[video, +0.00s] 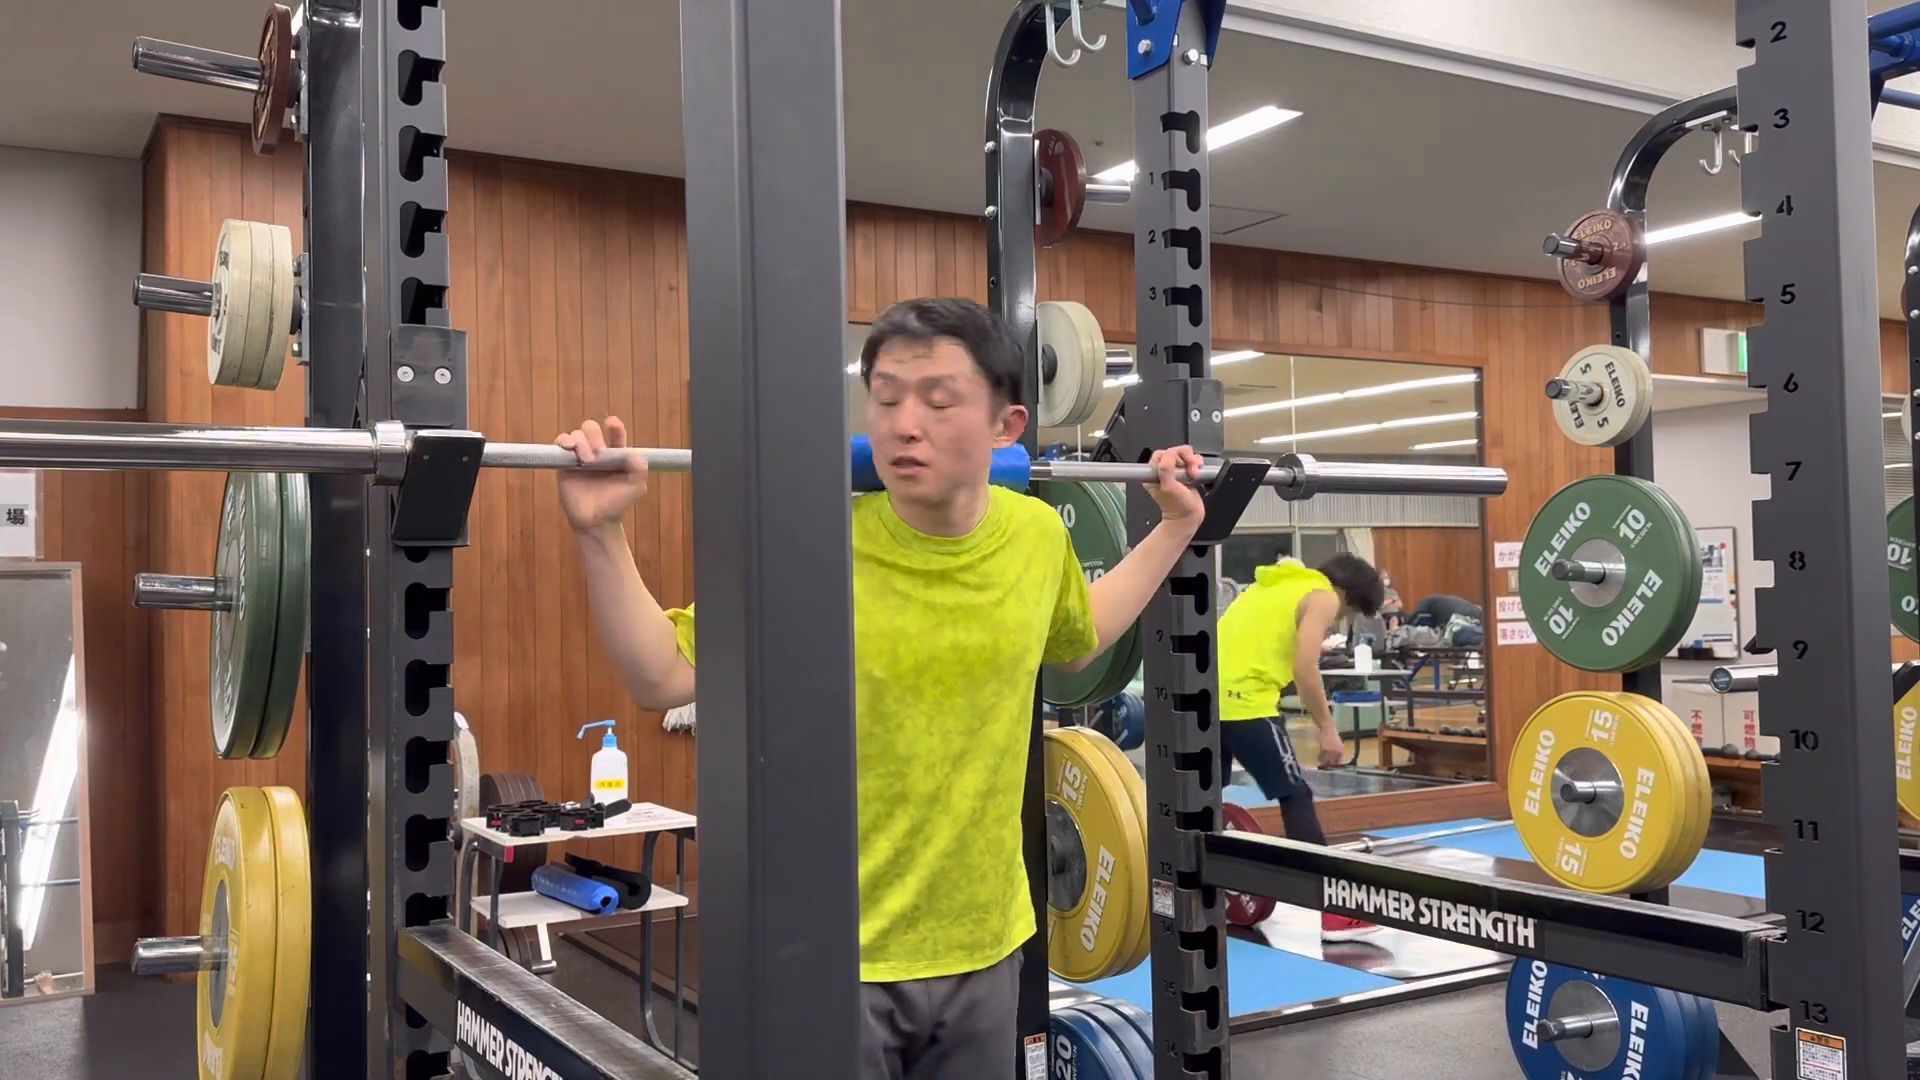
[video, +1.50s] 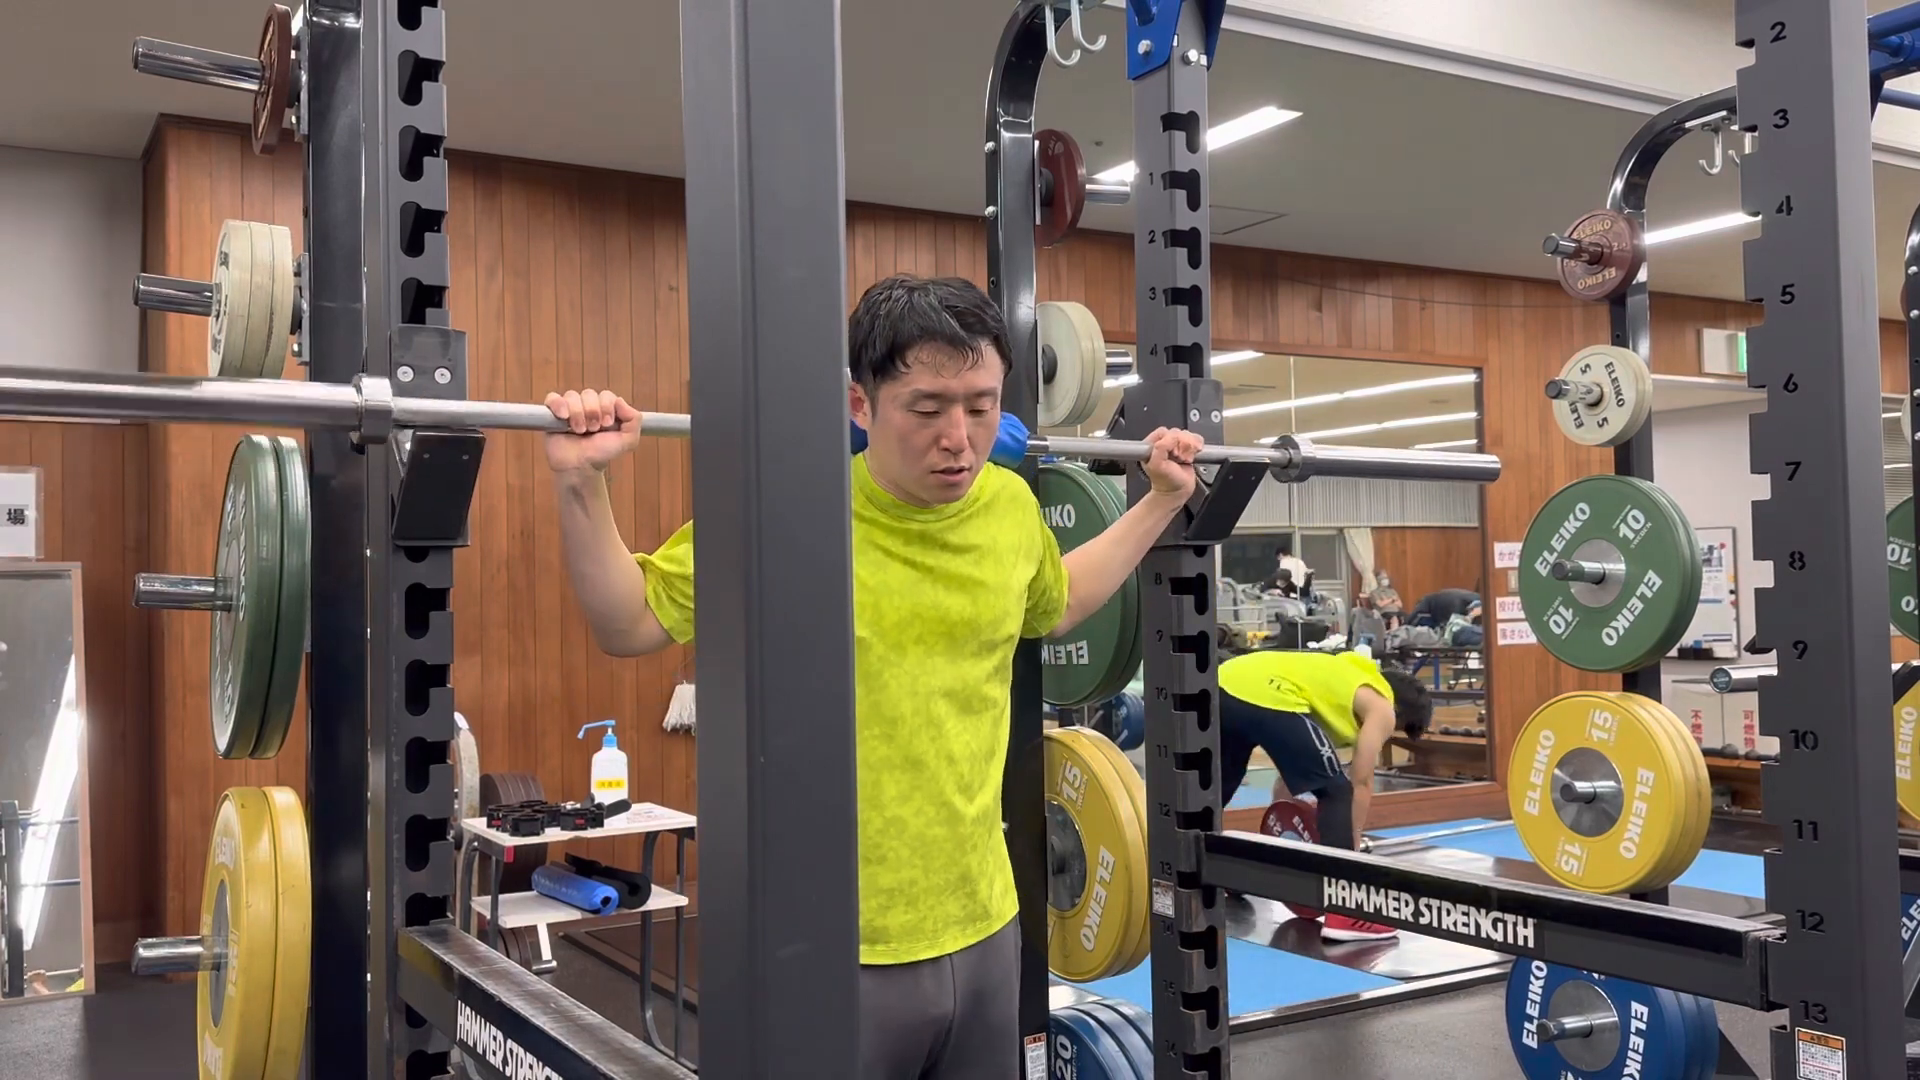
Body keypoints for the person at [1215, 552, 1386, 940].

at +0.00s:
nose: (1343, 616)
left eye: (1350, 611)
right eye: (1349, 608)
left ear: (1324, 570)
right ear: (1348, 591)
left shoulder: (1267, 584)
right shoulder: (1321, 594)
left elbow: (1227, 638)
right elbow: (1304, 668)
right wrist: (1327, 729)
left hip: (1202, 702)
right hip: (1246, 704)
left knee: (1203, 803)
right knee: (1296, 797)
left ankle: (1194, 895)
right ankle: (1327, 903)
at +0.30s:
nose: (1350, 728)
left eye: (1356, 727)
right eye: (1355, 723)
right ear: (1360, 699)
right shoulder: (1346, 697)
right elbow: (1317, 764)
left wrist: (1216, 808)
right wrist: (1298, 828)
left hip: (1206, 694)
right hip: (1257, 705)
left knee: (1202, 794)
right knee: (1321, 792)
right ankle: (1342, 910)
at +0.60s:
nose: (1341, 763)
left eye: (1344, 763)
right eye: (1347, 759)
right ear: (1356, 743)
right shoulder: (1342, 733)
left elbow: (1228, 777)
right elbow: (1302, 798)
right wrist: (1295, 864)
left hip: (1206, 691)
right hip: (1255, 707)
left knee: (1204, 790)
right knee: (1324, 791)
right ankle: (1342, 909)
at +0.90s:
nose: (1349, 762)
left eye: (1355, 761)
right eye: (1355, 757)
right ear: (1365, 739)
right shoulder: (1350, 731)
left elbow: (1234, 777)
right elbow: (1306, 794)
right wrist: (1296, 861)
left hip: (1208, 688)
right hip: (1263, 703)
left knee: (1199, 791)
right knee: (1326, 791)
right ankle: (1343, 909)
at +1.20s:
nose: (1355, 741)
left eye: (1363, 738)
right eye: (1364, 736)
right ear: (1369, 718)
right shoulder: (1354, 711)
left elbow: (1257, 771)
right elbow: (1335, 778)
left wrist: (1251, 831)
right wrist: (1326, 830)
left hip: (1209, 687)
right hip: (1261, 701)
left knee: (1195, 795)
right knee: (1319, 792)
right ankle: (1342, 909)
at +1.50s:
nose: (1391, 733)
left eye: (1397, 730)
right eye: (1397, 727)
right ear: (1398, 712)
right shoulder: (1380, 708)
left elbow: (1289, 770)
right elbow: (1361, 784)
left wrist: (1282, 832)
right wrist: (1353, 847)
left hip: (1225, 687)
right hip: (1273, 701)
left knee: (1218, 788)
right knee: (1337, 792)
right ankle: (1343, 910)